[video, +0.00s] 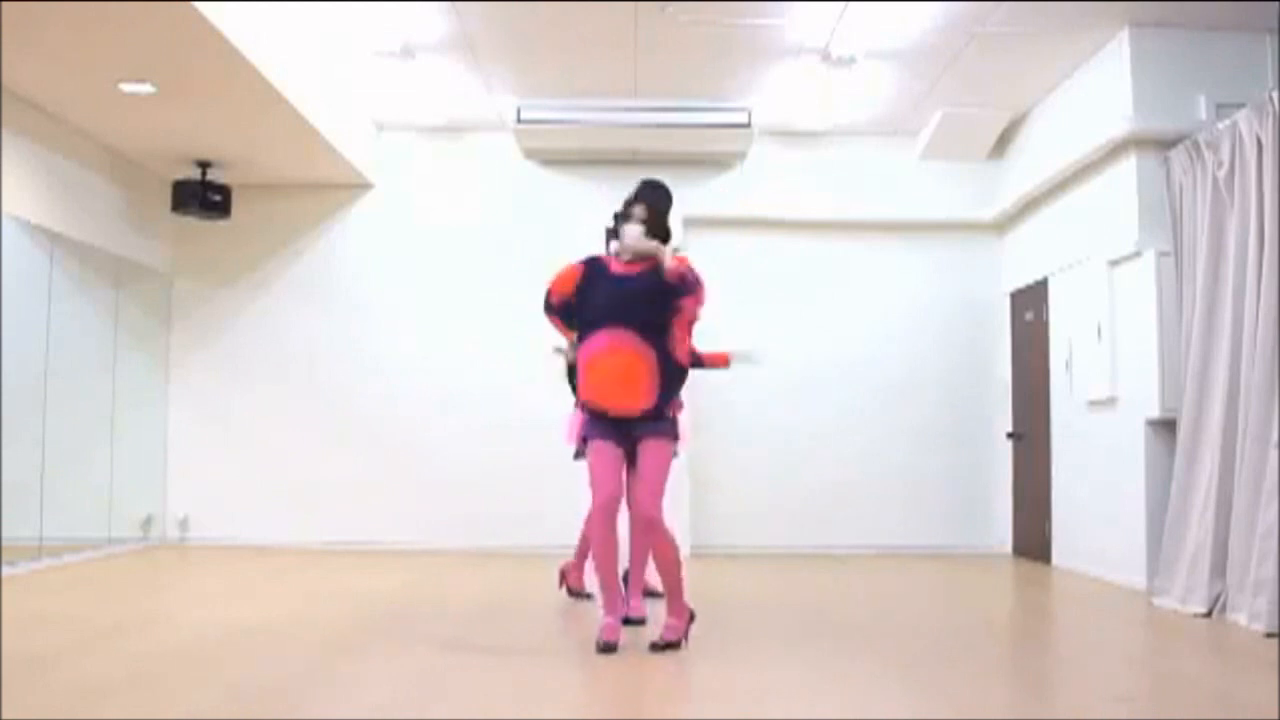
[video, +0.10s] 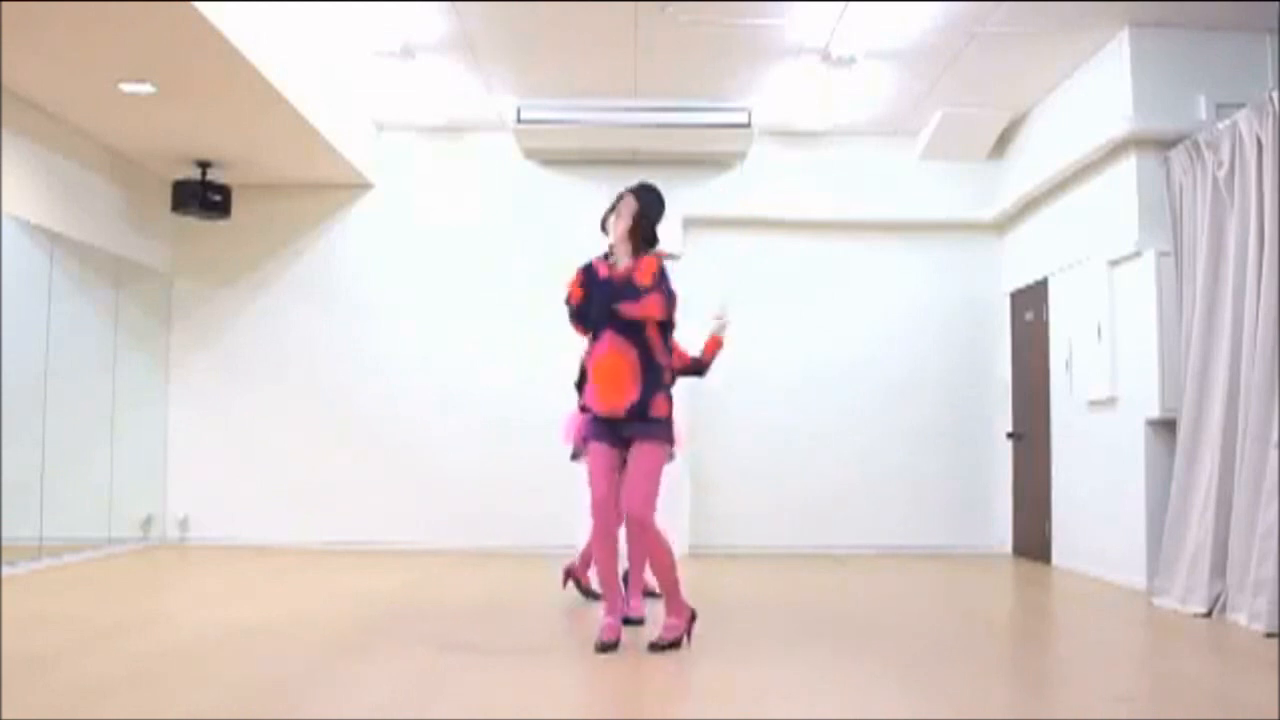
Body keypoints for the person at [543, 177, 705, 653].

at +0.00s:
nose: (637, 229)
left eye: (646, 222)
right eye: (631, 219)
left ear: (662, 229)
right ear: (618, 221)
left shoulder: (675, 278)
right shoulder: (591, 271)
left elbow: (687, 299)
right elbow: (554, 304)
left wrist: (665, 263)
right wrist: (579, 340)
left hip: (657, 406)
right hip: (601, 404)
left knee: (646, 509)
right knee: (605, 501)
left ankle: (677, 608)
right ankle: (612, 610)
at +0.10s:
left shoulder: (659, 292)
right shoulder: (596, 288)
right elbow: (583, 321)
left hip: (649, 412)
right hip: (601, 411)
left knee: (637, 512)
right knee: (603, 514)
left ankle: (677, 609)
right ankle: (612, 609)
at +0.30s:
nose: (573, 257)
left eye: (585, 252)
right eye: (576, 249)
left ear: (601, 265)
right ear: (576, 261)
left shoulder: (610, 303)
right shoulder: (586, 306)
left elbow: (569, 349)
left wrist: (536, 315)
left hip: (651, 425)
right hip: (617, 424)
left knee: (613, 508)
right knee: (609, 515)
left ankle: (637, 614)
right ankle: (614, 617)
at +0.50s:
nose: (545, 280)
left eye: (557, 275)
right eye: (547, 271)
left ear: (576, 284)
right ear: (546, 276)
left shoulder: (590, 323)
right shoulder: (564, 323)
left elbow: (562, 373)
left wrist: (518, 344)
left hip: (647, 431)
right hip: (614, 430)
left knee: (605, 514)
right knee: (606, 519)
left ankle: (643, 613)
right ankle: (614, 614)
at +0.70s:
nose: (537, 265)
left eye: (548, 258)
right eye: (534, 256)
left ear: (565, 264)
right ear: (528, 260)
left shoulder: (583, 305)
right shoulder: (539, 314)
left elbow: (584, 360)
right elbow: (545, 359)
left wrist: (528, 363)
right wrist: (532, 379)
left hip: (632, 424)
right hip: (591, 424)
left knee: (595, 518)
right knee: (570, 512)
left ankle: (646, 614)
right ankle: (598, 614)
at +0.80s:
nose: (534, 263)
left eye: (543, 254)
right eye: (528, 254)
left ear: (559, 256)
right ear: (520, 256)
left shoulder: (579, 296)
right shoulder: (531, 308)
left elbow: (603, 357)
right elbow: (532, 368)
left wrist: (568, 386)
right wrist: (508, 365)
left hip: (608, 430)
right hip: (567, 430)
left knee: (585, 530)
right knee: (520, 503)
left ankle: (647, 615)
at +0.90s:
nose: (521, 258)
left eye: (528, 248)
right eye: (514, 248)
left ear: (545, 251)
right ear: (506, 254)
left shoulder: (568, 288)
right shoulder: (507, 307)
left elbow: (600, 345)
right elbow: (501, 371)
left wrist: (599, 402)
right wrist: (489, 333)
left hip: (577, 430)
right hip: (530, 431)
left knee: (574, 535)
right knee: (475, 512)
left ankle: (645, 613)